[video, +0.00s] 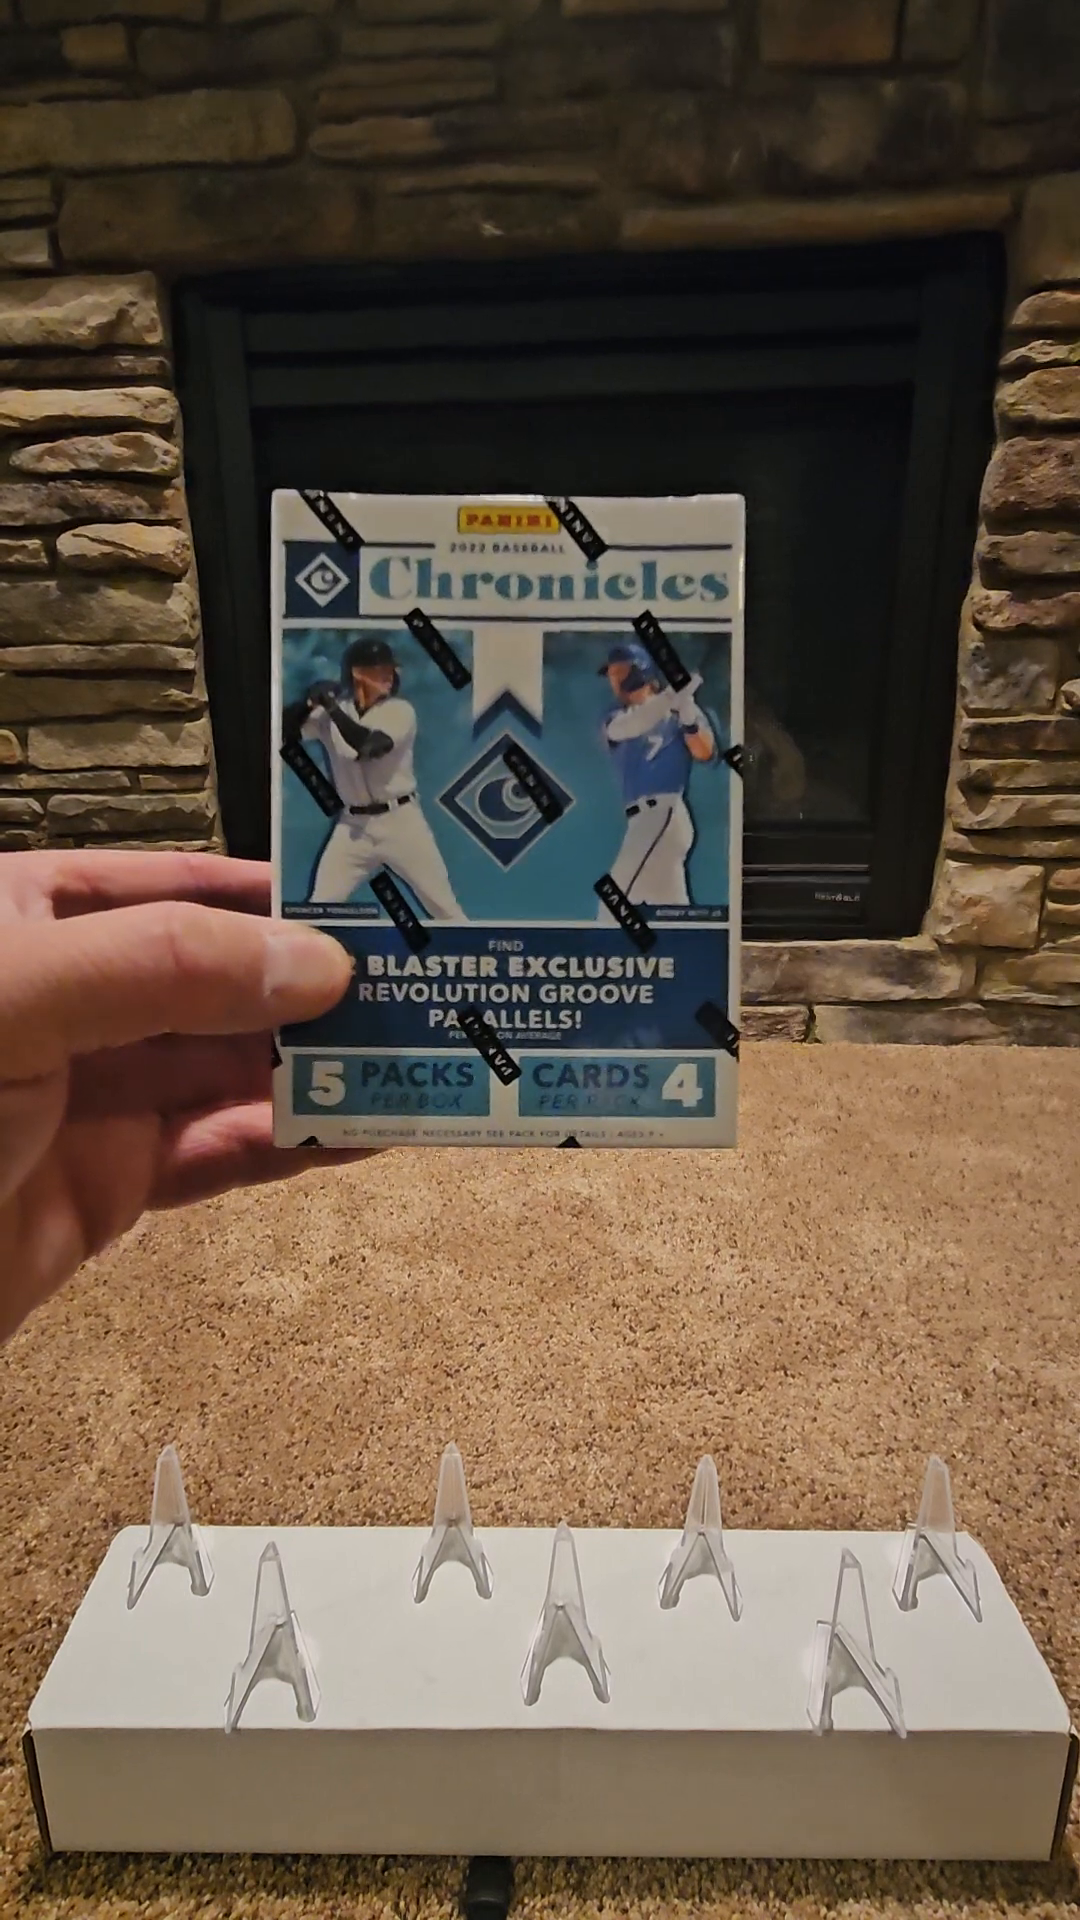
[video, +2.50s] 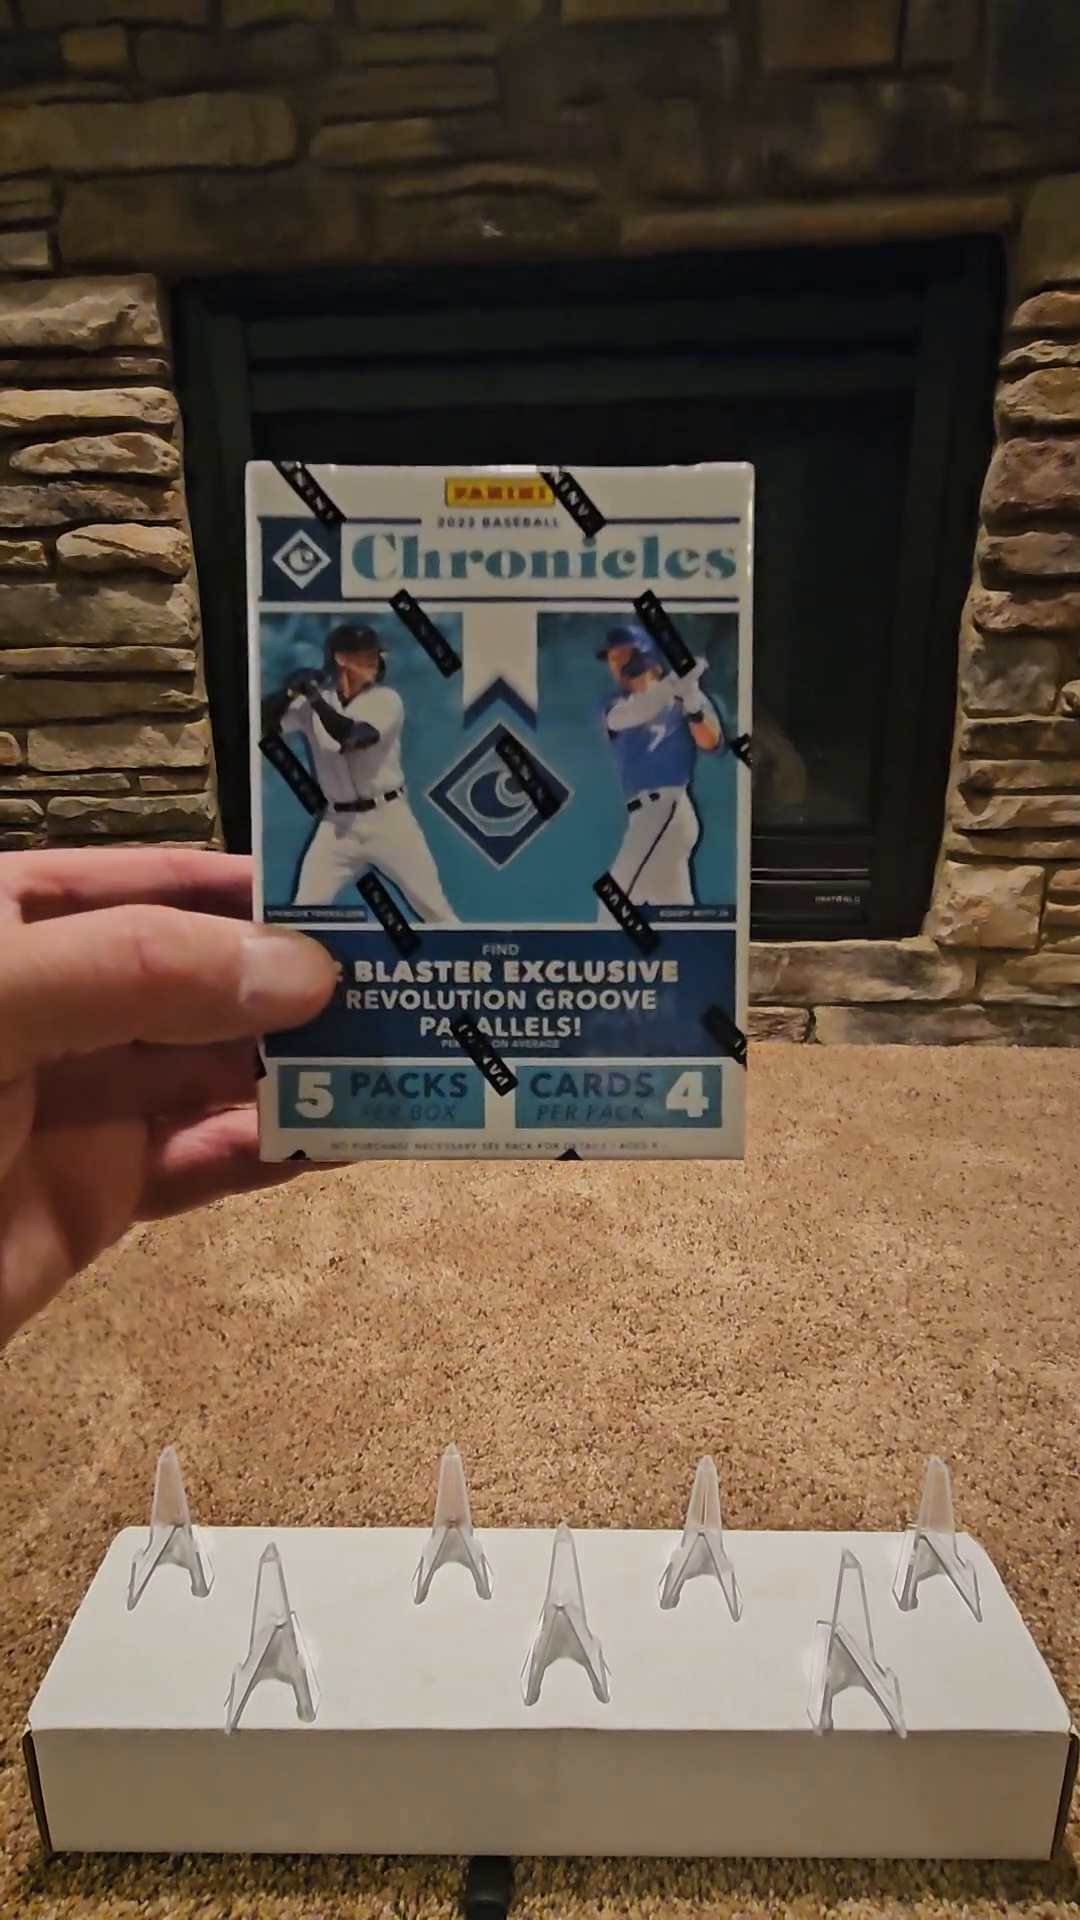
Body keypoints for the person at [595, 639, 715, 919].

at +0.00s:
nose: (614, 681)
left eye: (621, 672)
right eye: (611, 674)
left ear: (640, 672)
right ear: (608, 678)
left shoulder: (680, 709)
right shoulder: (615, 720)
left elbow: (704, 753)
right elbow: (632, 725)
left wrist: (687, 712)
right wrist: (673, 695)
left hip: (664, 816)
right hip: (640, 820)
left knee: (614, 903)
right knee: (671, 912)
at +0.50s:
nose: (614, 697)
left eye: (620, 688)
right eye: (612, 690)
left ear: (639, 687)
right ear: (611, 693)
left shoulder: (681, 724)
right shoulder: (614, 733)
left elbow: (705, 768)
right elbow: (632, 741)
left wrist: (688, 727)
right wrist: (671, 711)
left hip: (664, 831)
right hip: (640, 835)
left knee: (615, 918)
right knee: (671, 927)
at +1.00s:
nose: (607, 693)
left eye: (613, 684)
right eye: (603, 686)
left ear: (633, 686)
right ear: (600, 690)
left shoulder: (673, 721)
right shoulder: (607, 730)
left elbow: (696, 766)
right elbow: (614, 742)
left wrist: (677, 722)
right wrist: (658, 712)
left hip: (655, 829)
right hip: (633, 832)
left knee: (607, 916)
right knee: (665, 925)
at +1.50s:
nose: (609, 710)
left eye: (615, 700)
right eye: (606, 702)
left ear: (634, 698)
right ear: (604, 705)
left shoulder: (676, 734)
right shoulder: (611, 746)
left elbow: (702, 779)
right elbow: (630, 750)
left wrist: (684, 737)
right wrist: (666, 722)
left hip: (661, 843)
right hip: (637, 847)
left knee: (612, 930)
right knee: (671, 942)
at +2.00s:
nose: (604, 673)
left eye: (611, 663)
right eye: (600, 666)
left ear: (631, 664)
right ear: (596, 673)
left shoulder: (672, 702)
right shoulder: (601, 714)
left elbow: (699, 750)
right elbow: (624, 720)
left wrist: (679, 707)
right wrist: (662, 689)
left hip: (656, 816)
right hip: (632, 820)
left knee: (605, 906)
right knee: (665, 919)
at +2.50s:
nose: (617, 665)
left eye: (624, 655)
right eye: (612, 658)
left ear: (645, 657)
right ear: (608, 664)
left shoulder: (684, 696)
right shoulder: (612, 706)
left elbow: (711, 743)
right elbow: (632, 715)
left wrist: (692, 699)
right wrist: (671, 684)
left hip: (668, 811)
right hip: (643, 815)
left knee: (615, 904)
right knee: (676, 915)